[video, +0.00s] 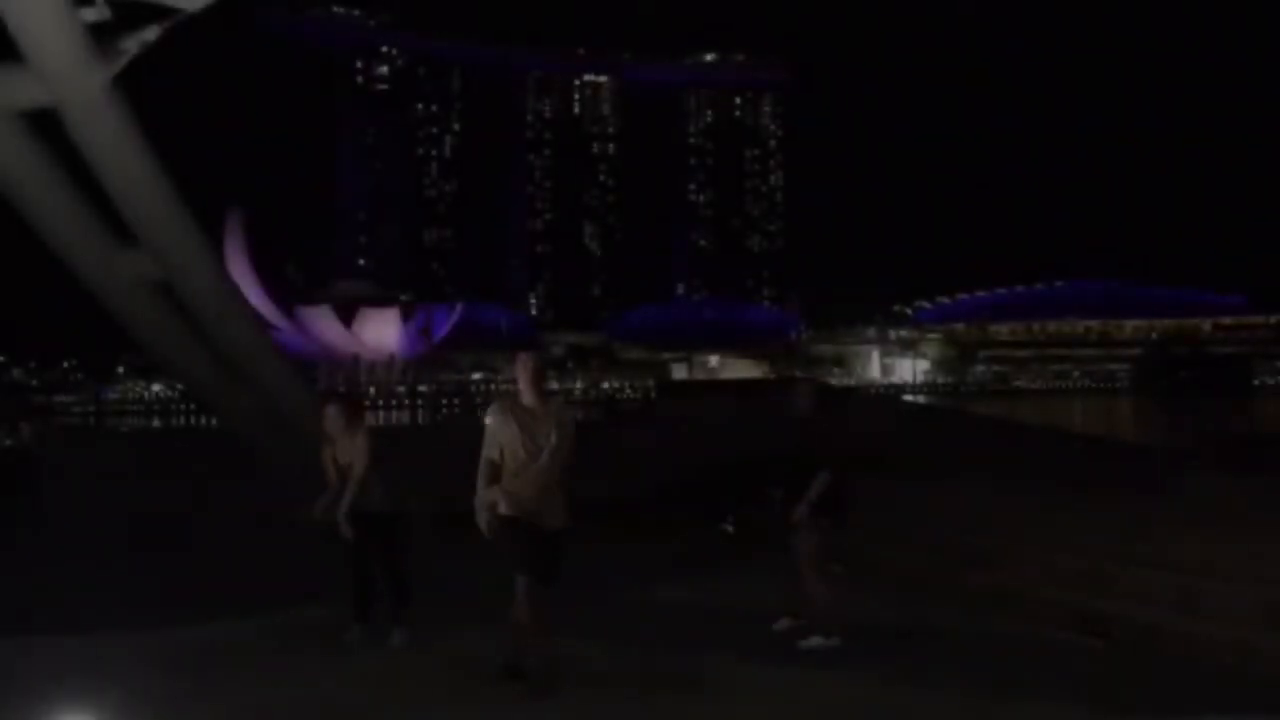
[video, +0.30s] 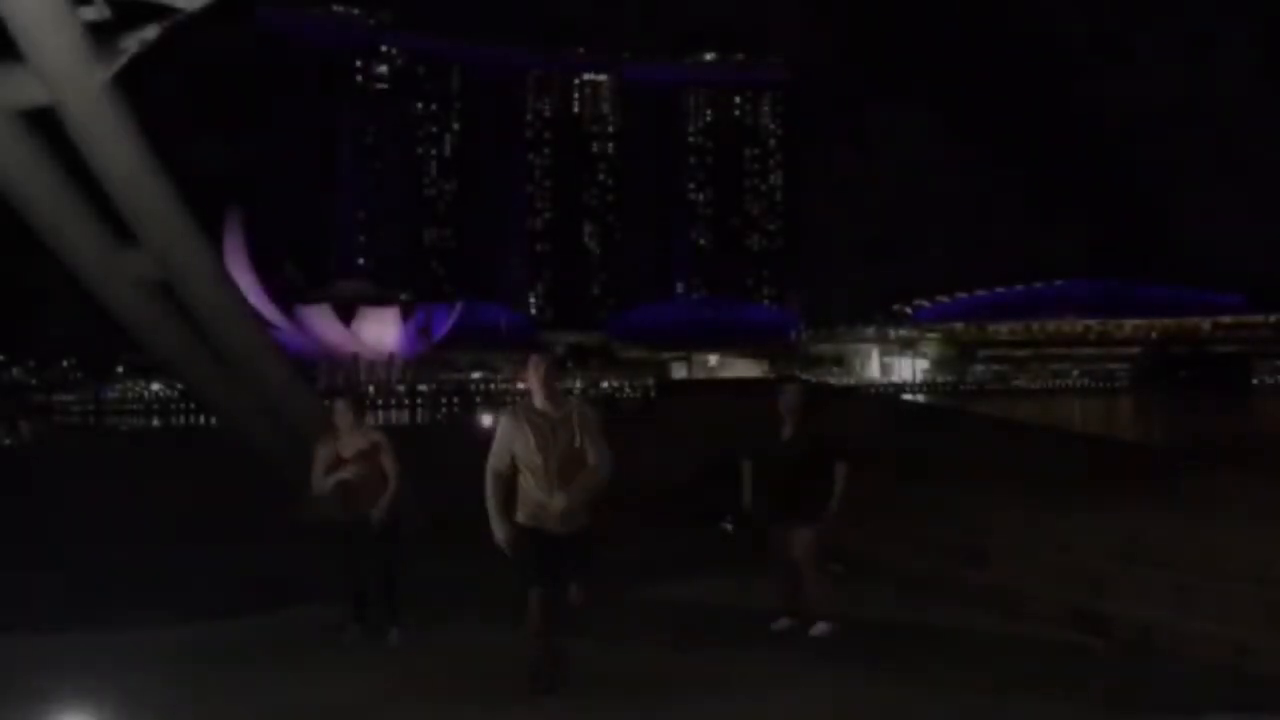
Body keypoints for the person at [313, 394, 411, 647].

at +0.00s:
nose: (329, 424)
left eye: (334, 417)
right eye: (327, 418)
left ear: (347, 419)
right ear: (324, 421)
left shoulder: (360, 441)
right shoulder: (330, 448)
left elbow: (356, 479)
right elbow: (335, 482)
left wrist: (343, 513)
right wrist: (325, 504)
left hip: (379, 510)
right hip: (355, 509)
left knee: (384, 568)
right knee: (359, 569)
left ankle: (397, 622)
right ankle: (361, 619)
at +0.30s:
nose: (341, 419)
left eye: (346, 412)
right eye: (337, 413)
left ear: (357, 414)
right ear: (332, 417)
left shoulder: (375, 441)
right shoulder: (327, 447)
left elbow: (392, 477)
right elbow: (318, 487)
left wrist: (381, 507)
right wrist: (341, 474)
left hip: (376, 517)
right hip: (345, 518)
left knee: (382, 569)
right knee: (351, 572)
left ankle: (389, 624)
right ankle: (356, 624)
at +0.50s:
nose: (354, 412)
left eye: (359, 407)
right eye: (350, 407)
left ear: (368, 411)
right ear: (343, 411)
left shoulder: (381, 435)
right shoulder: (333, 437)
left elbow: (412, 459)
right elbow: (304, 463)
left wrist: (416, 493)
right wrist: (332, 473)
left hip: (380, 511)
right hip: (346, 512)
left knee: (381, 569)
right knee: (351, 570)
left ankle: (379, 625)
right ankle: (354, 623)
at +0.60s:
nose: (364, 415)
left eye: (368, 409)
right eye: (360, 410)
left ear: (377, 413)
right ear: (351, 414)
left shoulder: (389, 440)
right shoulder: (342, 440)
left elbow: (413, 470)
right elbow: (311, 464)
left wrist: (431, 502)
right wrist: (327, 490)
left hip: (385, 516)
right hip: (353, 515)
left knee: (382, 573)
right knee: (354, 571)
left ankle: (378, 628)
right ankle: (355, 625)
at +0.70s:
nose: (372, 422)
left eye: (377, 417)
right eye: (368, 416)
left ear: (385, 419)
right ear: (361, 419)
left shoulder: (395, 446)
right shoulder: (352, 444)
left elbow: (416, 472)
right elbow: (327, 456)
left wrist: (442, 488)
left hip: (388, 517)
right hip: (356, 516)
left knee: (384, 572)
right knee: (356, 567)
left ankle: (376, 626)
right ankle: (353, 607)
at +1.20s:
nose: (400, 442)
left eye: (402, 436)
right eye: (395, 436)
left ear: (404, 440)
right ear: (386, 438)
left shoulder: (403, 464)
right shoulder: (378, 463)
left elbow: (402, 429)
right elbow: (380, 425)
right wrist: (390, 390)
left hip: (404, 526)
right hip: (380, 528)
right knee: (389, 586)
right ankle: (384, 638)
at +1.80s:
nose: (383, 404)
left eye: (388, 398)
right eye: (383, 398)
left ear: (404, 400)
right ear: (395, 401)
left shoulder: (427, 419)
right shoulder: (387, 424)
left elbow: (470, 423)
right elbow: (372, 445)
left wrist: (445, 450)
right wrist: (369, 479)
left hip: (425, 495)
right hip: (396, 495)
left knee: (411, 553)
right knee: (396, 554)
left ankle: (422, 611)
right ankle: (412, 609)